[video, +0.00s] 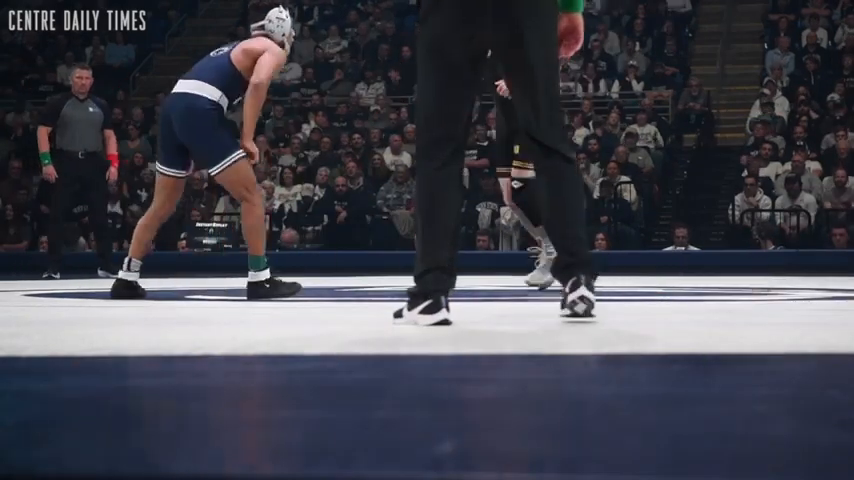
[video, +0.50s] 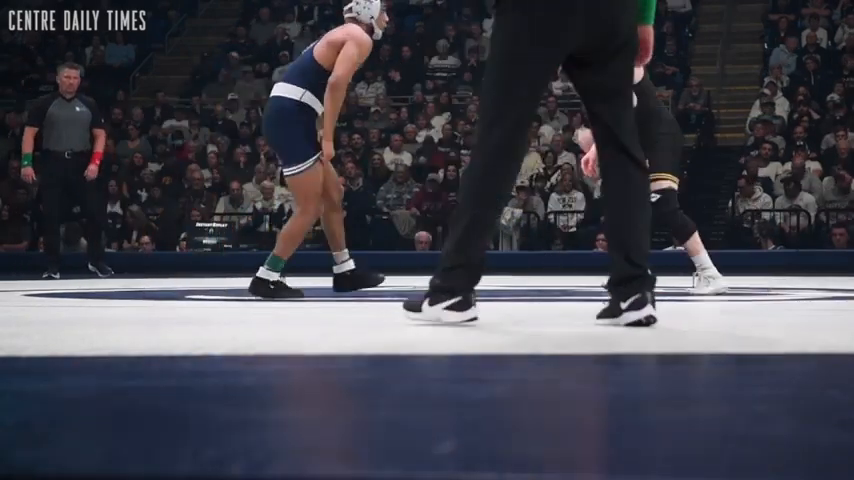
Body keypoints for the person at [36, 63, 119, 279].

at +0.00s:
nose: (83, 82)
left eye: (87, 78)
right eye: (79, 78)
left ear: (92, 81)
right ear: (71, 81)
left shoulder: (101, 106)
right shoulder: (58, 103)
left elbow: (109, 136)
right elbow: (43, 131)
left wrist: (113, 163)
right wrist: (46, 162)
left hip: (95, 164)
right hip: (66, 164)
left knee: (99, 215)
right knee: (58, 214)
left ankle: (105, 264)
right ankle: (53, 266)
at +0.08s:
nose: (78, 82)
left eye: (82, 78)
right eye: (74, 78)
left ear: (86, 81)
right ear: (65, 80)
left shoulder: (95, 106)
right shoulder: (53, 104)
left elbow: (105, 136)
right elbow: (37, 132)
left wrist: (105, 163)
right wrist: (40, 163)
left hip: (89, 164)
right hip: (60, 164)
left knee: (98, 214)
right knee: (56, 214)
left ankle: (104, 264)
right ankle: (53, 266)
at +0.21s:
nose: (72, 82)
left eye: (76, 79)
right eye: (68, 78)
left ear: (81, 81)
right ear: (59, 80)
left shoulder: (90, 105)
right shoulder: (46, 104)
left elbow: (101, 136)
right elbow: (32, 133)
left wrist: (96, 161)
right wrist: (31, 163)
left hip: (83, 165)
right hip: (54, 165)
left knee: (96, 212)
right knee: (51, 215)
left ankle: (99, 261)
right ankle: (52, 266)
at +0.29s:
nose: (71, 83)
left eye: (75, 79)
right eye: (67, 78)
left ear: (80, 81)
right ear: (58, 79)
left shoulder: (89, 105)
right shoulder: (44, 104)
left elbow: (99, 136)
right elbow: (30, 133)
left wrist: (93, 161)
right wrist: (28, 163)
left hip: (81, 165)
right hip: (52, 164)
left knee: (92, 213)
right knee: (51, 214)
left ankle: (95, 260)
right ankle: (52, 265)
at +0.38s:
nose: (70, 82)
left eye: (74, 78)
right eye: (66, 78)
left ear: (79, 81)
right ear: (57, 79)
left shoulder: (88, 105)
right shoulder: (43, 104)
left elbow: (98, 135)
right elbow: (28, 133)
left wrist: (92, 161)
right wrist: (26, 163)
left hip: (81, 164)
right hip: (52, 164)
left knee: (91, 212)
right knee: (51, 214)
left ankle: (93, 260)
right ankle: (52, 265)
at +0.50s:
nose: (71, 82)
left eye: (75, 78)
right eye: (67, 78)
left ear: (80, 81)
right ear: (58, 79)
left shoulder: (89, 105)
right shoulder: (44, 104)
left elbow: (100, 135)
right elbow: (29, 132)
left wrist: (95, 162)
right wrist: (26, 163)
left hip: (82, 164)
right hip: (52, 164)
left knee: (94, 212)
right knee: (51, 214)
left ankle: (95, 260)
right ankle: (52, 265)